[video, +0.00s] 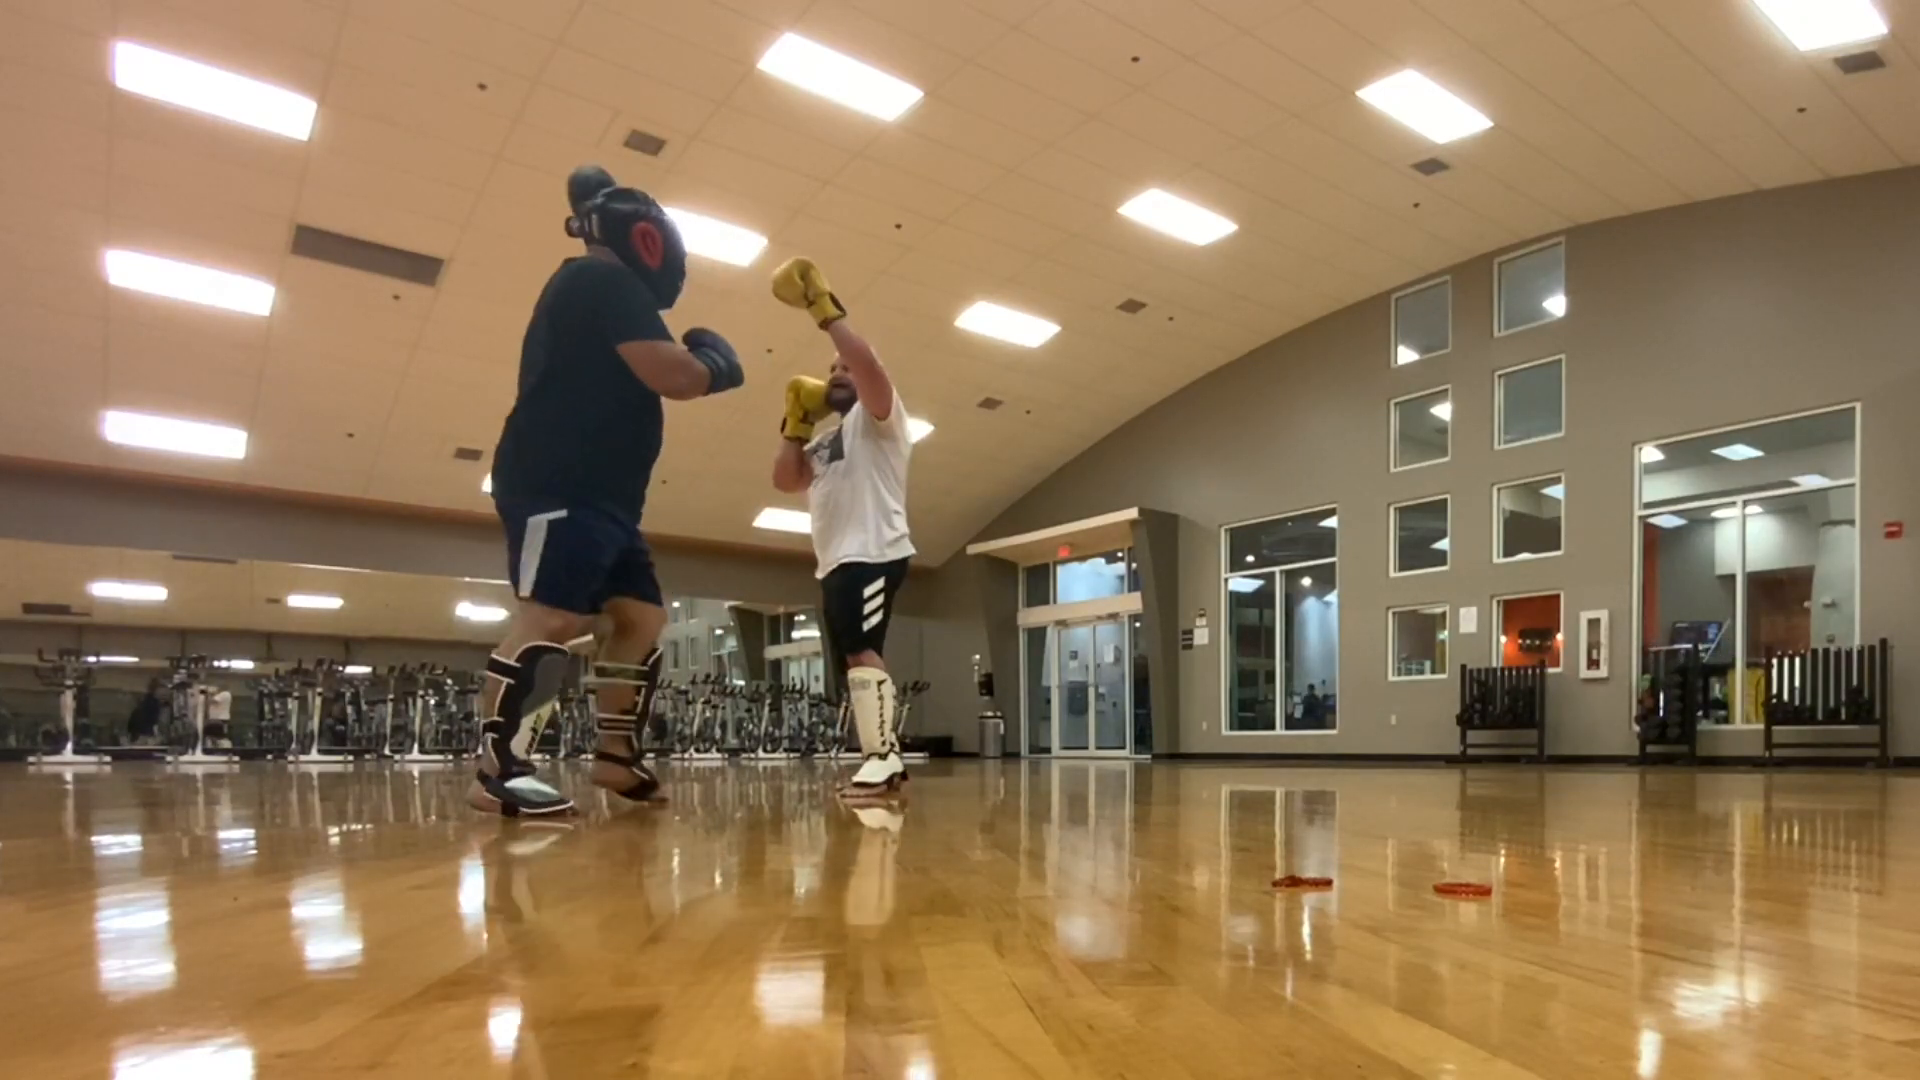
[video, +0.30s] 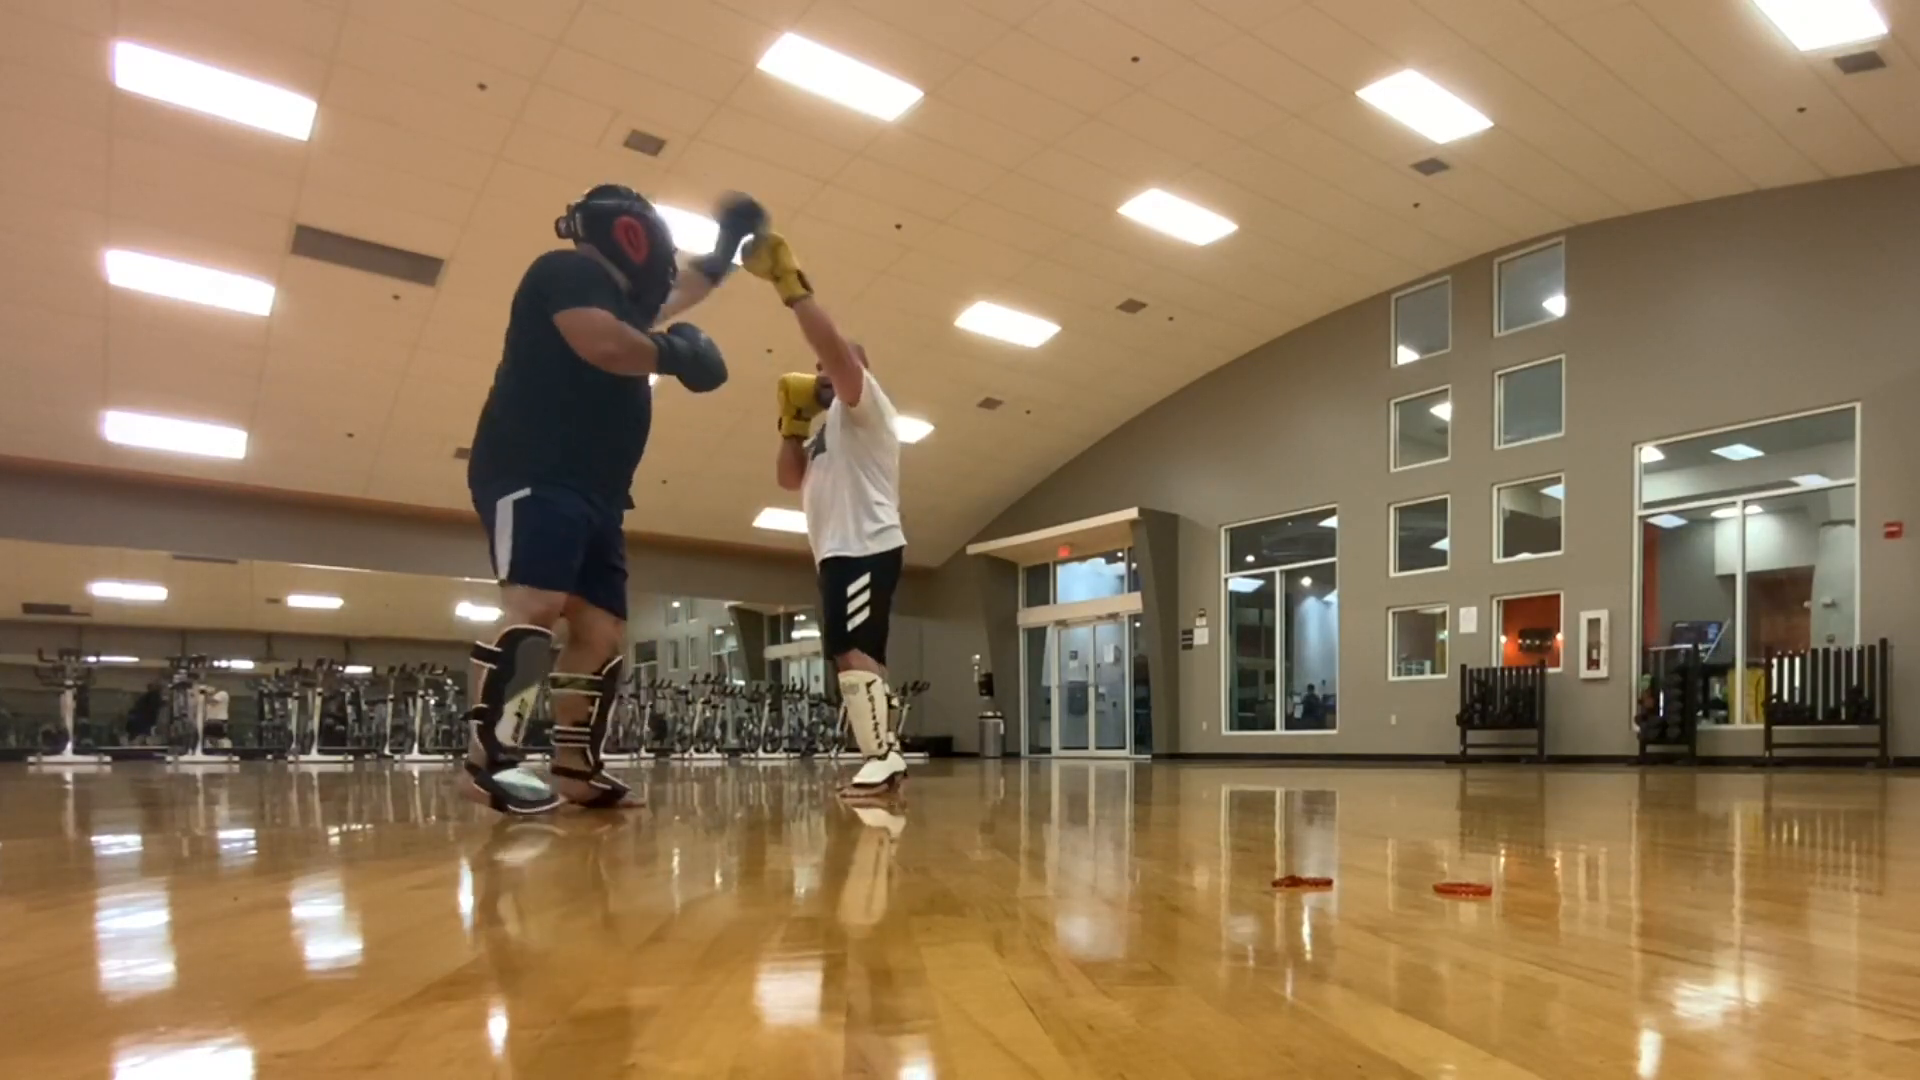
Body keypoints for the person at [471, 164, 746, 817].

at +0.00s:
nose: (667, 259)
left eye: (665, 246)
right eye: (661, 245)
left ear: (608, 237)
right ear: (640, 239)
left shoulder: (591, 289)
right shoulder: (606, 283)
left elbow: (623, 373)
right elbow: (669, 374)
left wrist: (682, 351)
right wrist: (713, 365)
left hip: (599, 492)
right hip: (560, 483)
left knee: (641, 616)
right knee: (550, 615)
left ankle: (616, 756)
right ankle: (496, 760)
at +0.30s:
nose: (664, 256)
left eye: (664, 244)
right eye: (658, 241)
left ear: (619, 239)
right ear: (628, 234)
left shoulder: (628, 305)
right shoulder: (567, 269)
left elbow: (690, 283)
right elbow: (598, 343)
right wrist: (671, 353)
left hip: (596, 490)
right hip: (536, 471)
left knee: (599, 628)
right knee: (537, 604)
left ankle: (575, 765)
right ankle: (491, 754)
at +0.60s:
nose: (606, 254)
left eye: (604, 240)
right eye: (597, 238)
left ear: (558, 240)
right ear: (567, 235)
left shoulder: (557, 315)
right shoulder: (507, 284)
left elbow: (566, 382)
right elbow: (534, 369)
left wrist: (638, 349)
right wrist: (621, 380)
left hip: (555, 507)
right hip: (490, 490)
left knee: (606, 629)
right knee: (471, 614)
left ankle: (578, 768)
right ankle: (340, 745)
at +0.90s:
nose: (484, 149)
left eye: (483, 134)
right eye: (474, 129)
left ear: (431, 125)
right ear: (440, 118)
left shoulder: (431, 197)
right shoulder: (384, 164)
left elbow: (439, 288)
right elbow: (451, 264)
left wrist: (508, 277)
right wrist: (519, 272)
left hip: (416, 435)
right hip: (347, 416)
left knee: (425, 595)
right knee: (348, 576)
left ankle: (380, 762)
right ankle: (283, 755)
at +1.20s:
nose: (380, 110)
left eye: (376, 94)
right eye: (367, 90)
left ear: (315, 88)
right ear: (327, 80)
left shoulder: (304, 173)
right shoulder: (259, 131)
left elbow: (315, 272)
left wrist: (403, 273)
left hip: (262, 409)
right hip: (236, 397)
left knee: (179, 573)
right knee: (218, 565)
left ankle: (109, 751)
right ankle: (129, 754)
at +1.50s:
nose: (362, 49)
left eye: (366, 37)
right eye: (358, 28)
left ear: (292, 10)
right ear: (307, 6)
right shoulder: (240, 36)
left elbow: (264, 211)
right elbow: (350, 203)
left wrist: (371, 249)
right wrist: (410, 226)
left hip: (216, 366)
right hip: (161, 350)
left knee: (272, 562)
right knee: (128, 551)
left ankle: (152, 760)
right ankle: (40, 785)